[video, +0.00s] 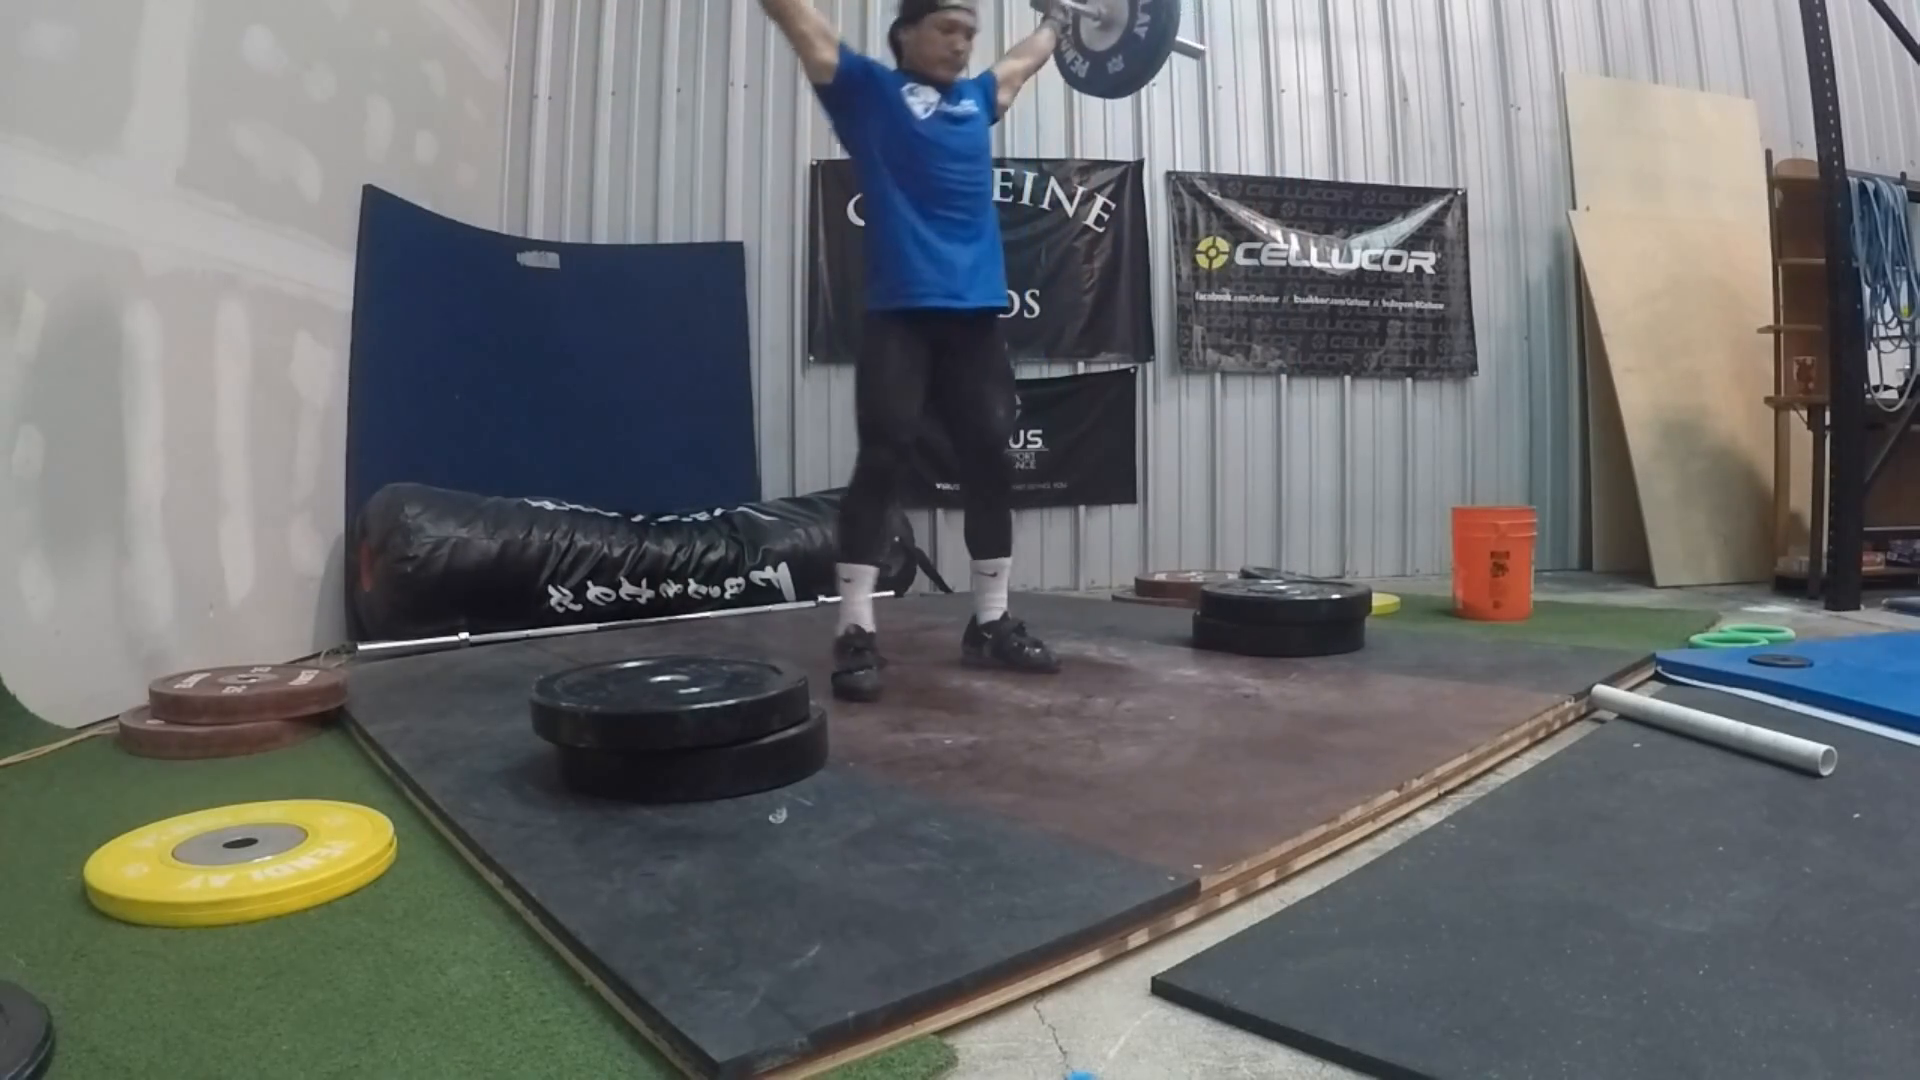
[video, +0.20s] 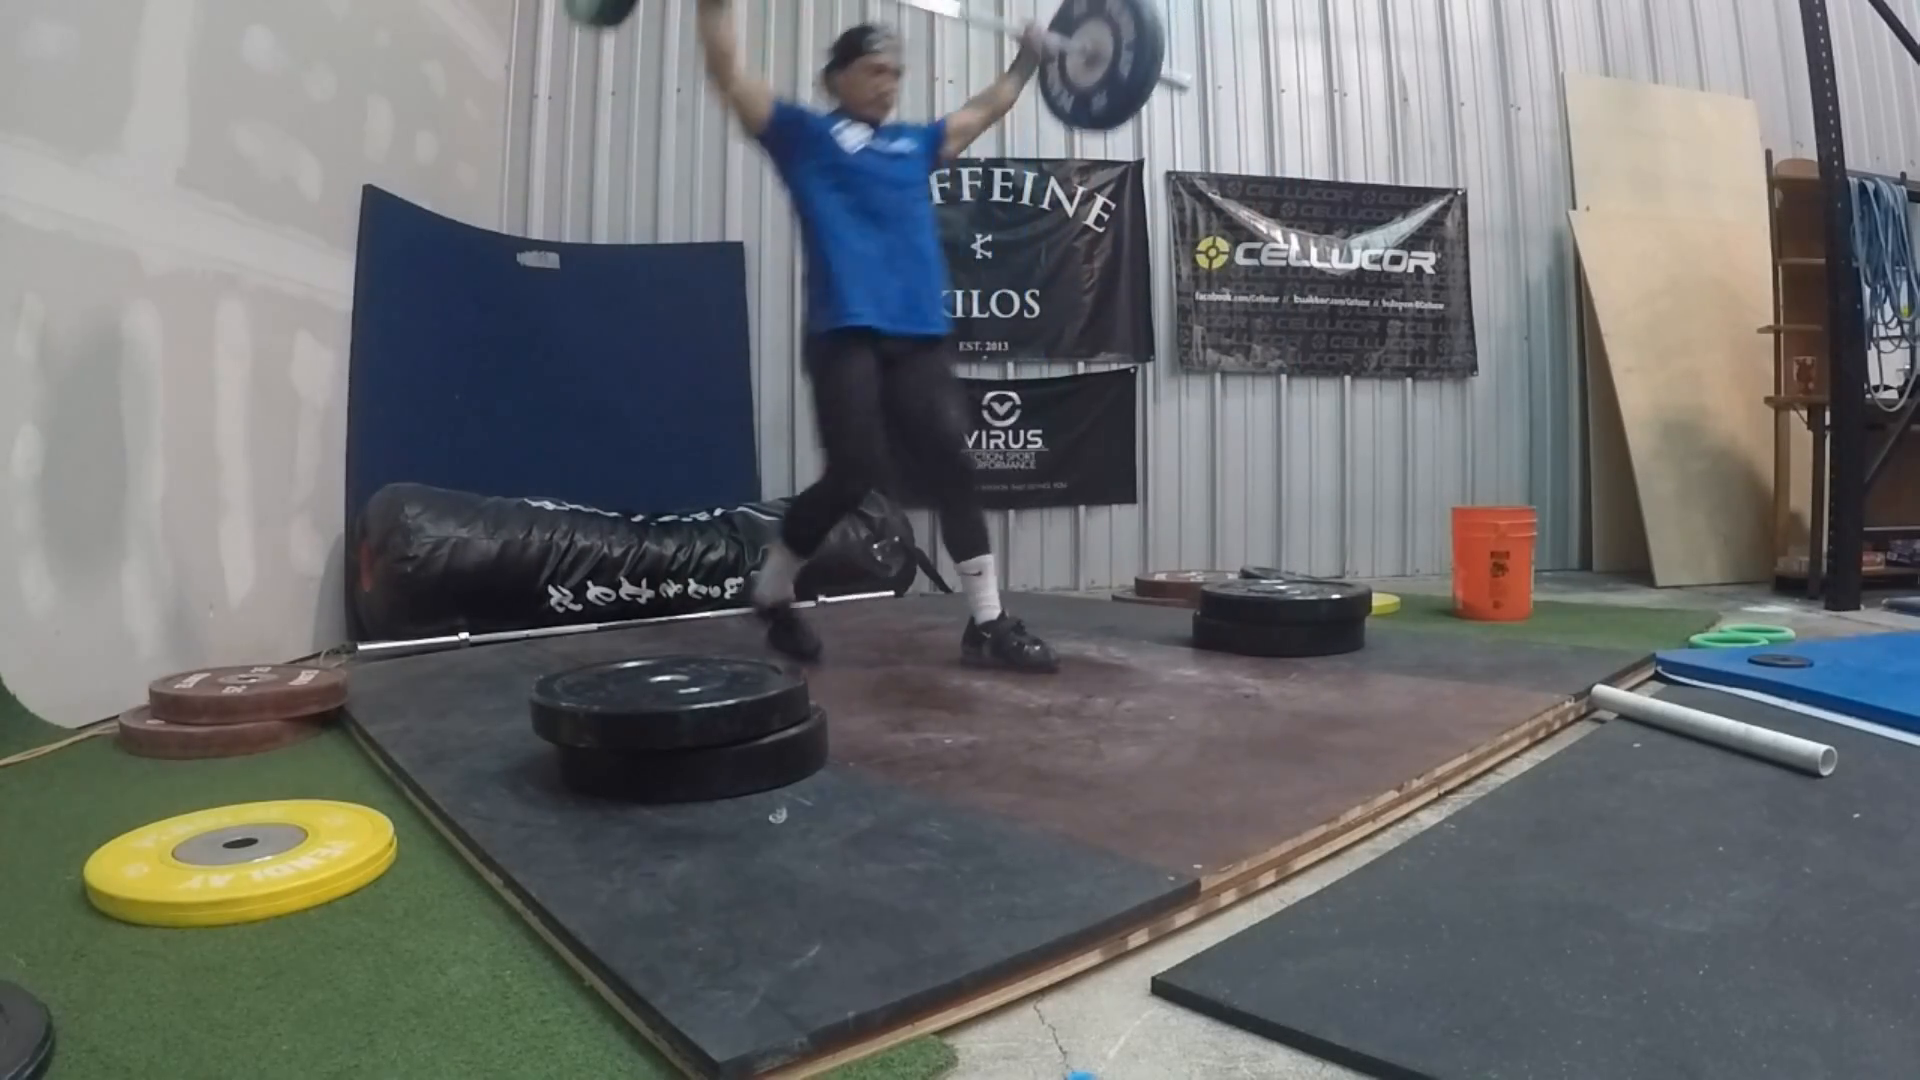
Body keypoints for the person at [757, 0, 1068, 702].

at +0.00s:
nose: (962, 44)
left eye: (968, 34)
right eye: (948, 30)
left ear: (972, 45)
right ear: (904, 37)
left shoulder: (977, 98)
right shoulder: (869, 89)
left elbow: (1021, 63)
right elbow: (800, 22)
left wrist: (1063, 22)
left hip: (976, 319)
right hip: (898, 319)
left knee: (991, 457)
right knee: (884, 457)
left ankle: (991, 621)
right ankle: (856, 631)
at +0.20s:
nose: (889, 84)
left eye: (895, 74)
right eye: (876, 72)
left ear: (899, 79)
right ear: (838, 77)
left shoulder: (917, 141)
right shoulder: (804, 134)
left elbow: (985, 110)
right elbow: (727, 70)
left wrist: (1027, 59)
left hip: (920, 340)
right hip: (846, 339)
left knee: (952, 462)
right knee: (853, 470)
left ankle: (989, 622)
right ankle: (770, 598)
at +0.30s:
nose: (851, 105)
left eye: (858, 96)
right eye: (838, 93)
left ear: (862, 108)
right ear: (800, 101)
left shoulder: (873, 171)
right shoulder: (767, 156)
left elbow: (947, 164)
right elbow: (688, 140)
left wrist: (1005, 124)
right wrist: (697, 60)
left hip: (875, 356)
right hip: (801, 355)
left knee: (918, 470)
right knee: (809, 484)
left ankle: (981, 617)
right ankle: (754, 610)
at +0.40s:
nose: (827, 105)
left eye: (835, 97)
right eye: (815, 91)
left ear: (838, 108)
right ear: (778, 97)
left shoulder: (842, 182)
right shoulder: (744, 156)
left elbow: (919, 218)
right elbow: (668, 206)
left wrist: (992, 207)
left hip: (834, 349)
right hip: (765, 347)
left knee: (895, 447)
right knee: (780, 465)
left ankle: (922, 598)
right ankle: (750, 613)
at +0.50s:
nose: (814, 107)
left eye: (822, 99)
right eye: (803, 95)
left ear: (826, 106)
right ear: (768, 93)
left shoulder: (835, 179)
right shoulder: (729, 149)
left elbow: (879, 252)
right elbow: (670, 213)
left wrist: (946, 278)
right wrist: (682, 252)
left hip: (810, 342)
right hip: (741, 339)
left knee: (875, 440)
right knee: (760, 452)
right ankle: (745, 608)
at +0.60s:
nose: (805, 117)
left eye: (814, 108)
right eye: (795, 104)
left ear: (818, 113)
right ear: (759, 101)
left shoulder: (824, 184)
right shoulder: (717, 158)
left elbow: (843, 265)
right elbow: (667, 228)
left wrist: (885, 323)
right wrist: (685, 293)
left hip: (795, 347)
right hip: (727, 340)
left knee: (820, 457)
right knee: (743, 450)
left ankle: (778, 572)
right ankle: (735, 589)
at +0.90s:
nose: (808, 205)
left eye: (816, 194)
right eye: (798, 190)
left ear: (823, 196)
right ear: (763, 185)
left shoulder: (818, 255)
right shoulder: (715, 236)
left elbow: (843, 332)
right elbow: (691, 317)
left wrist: (872, 383)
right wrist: (723, 362)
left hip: (749, 374)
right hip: (693, 369)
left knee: (745, 476)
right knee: (723, 459)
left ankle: (703, 583)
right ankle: (728, 589)